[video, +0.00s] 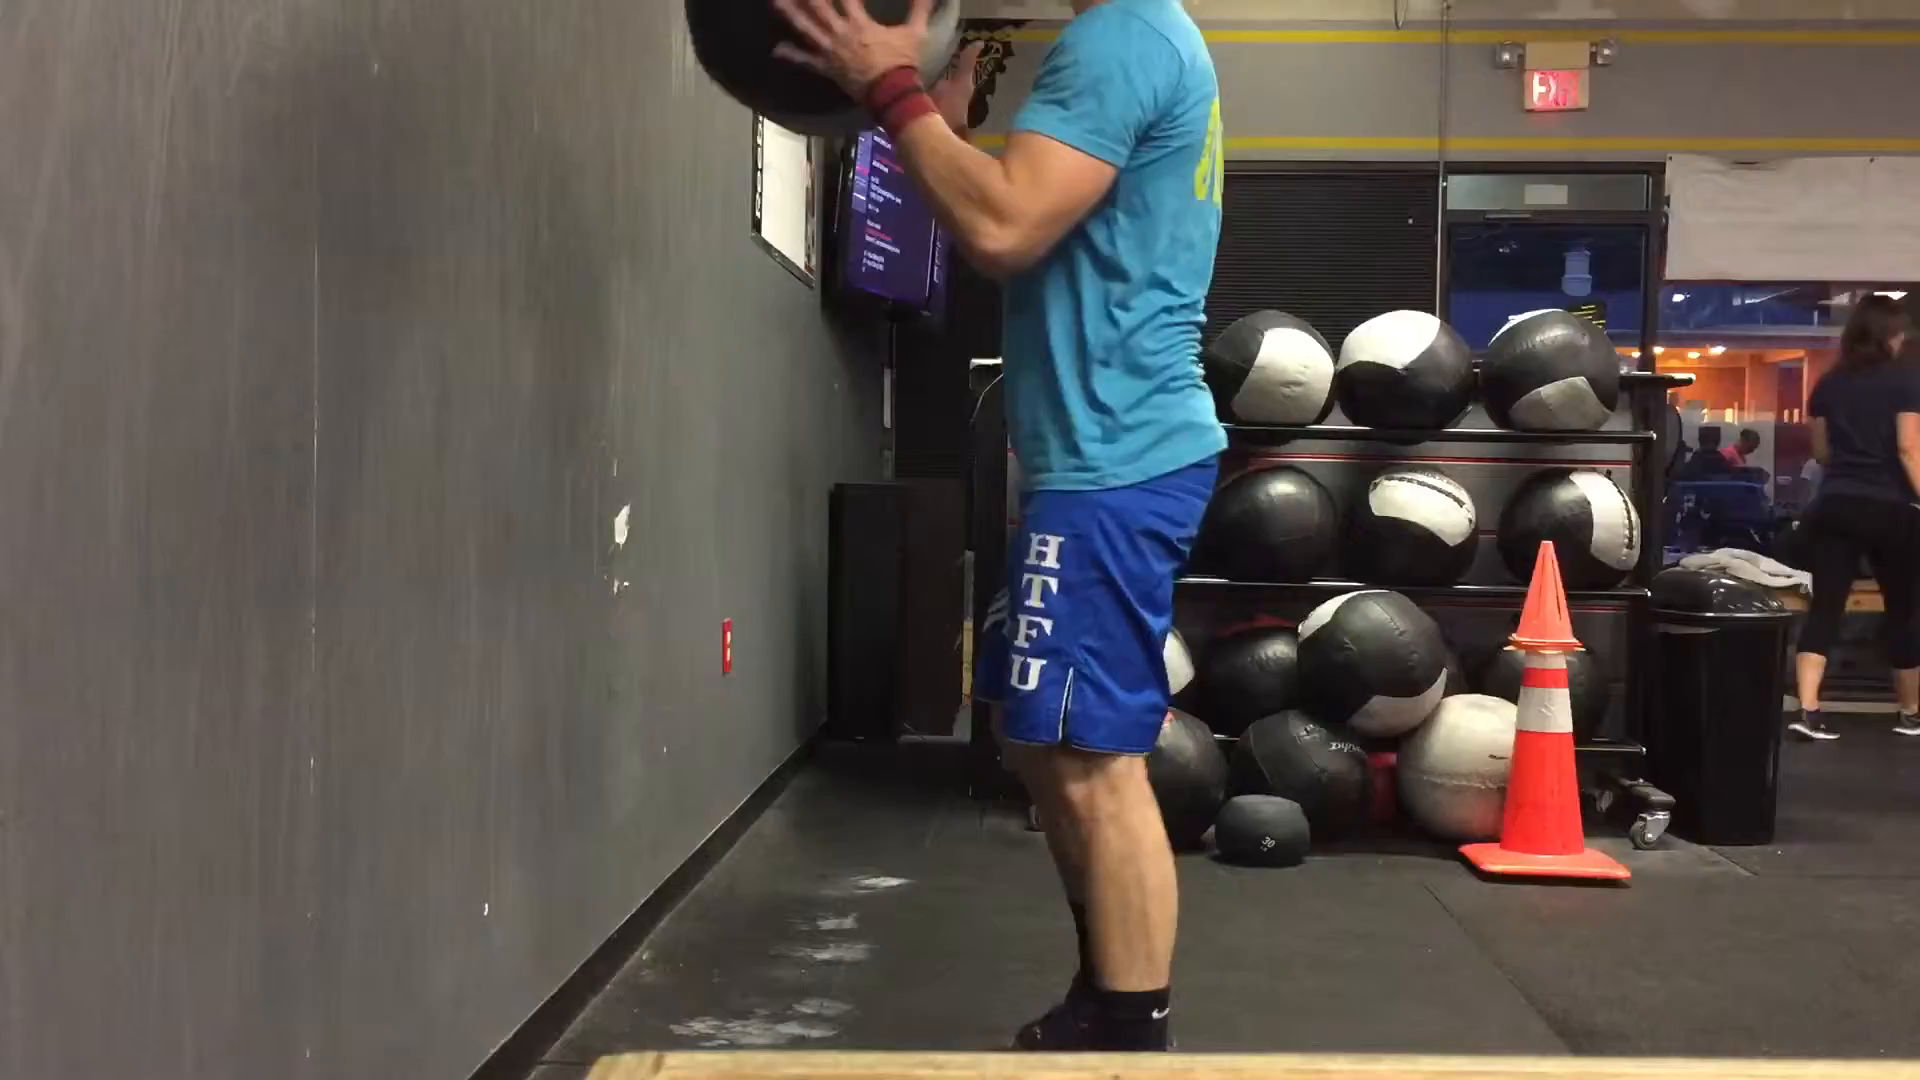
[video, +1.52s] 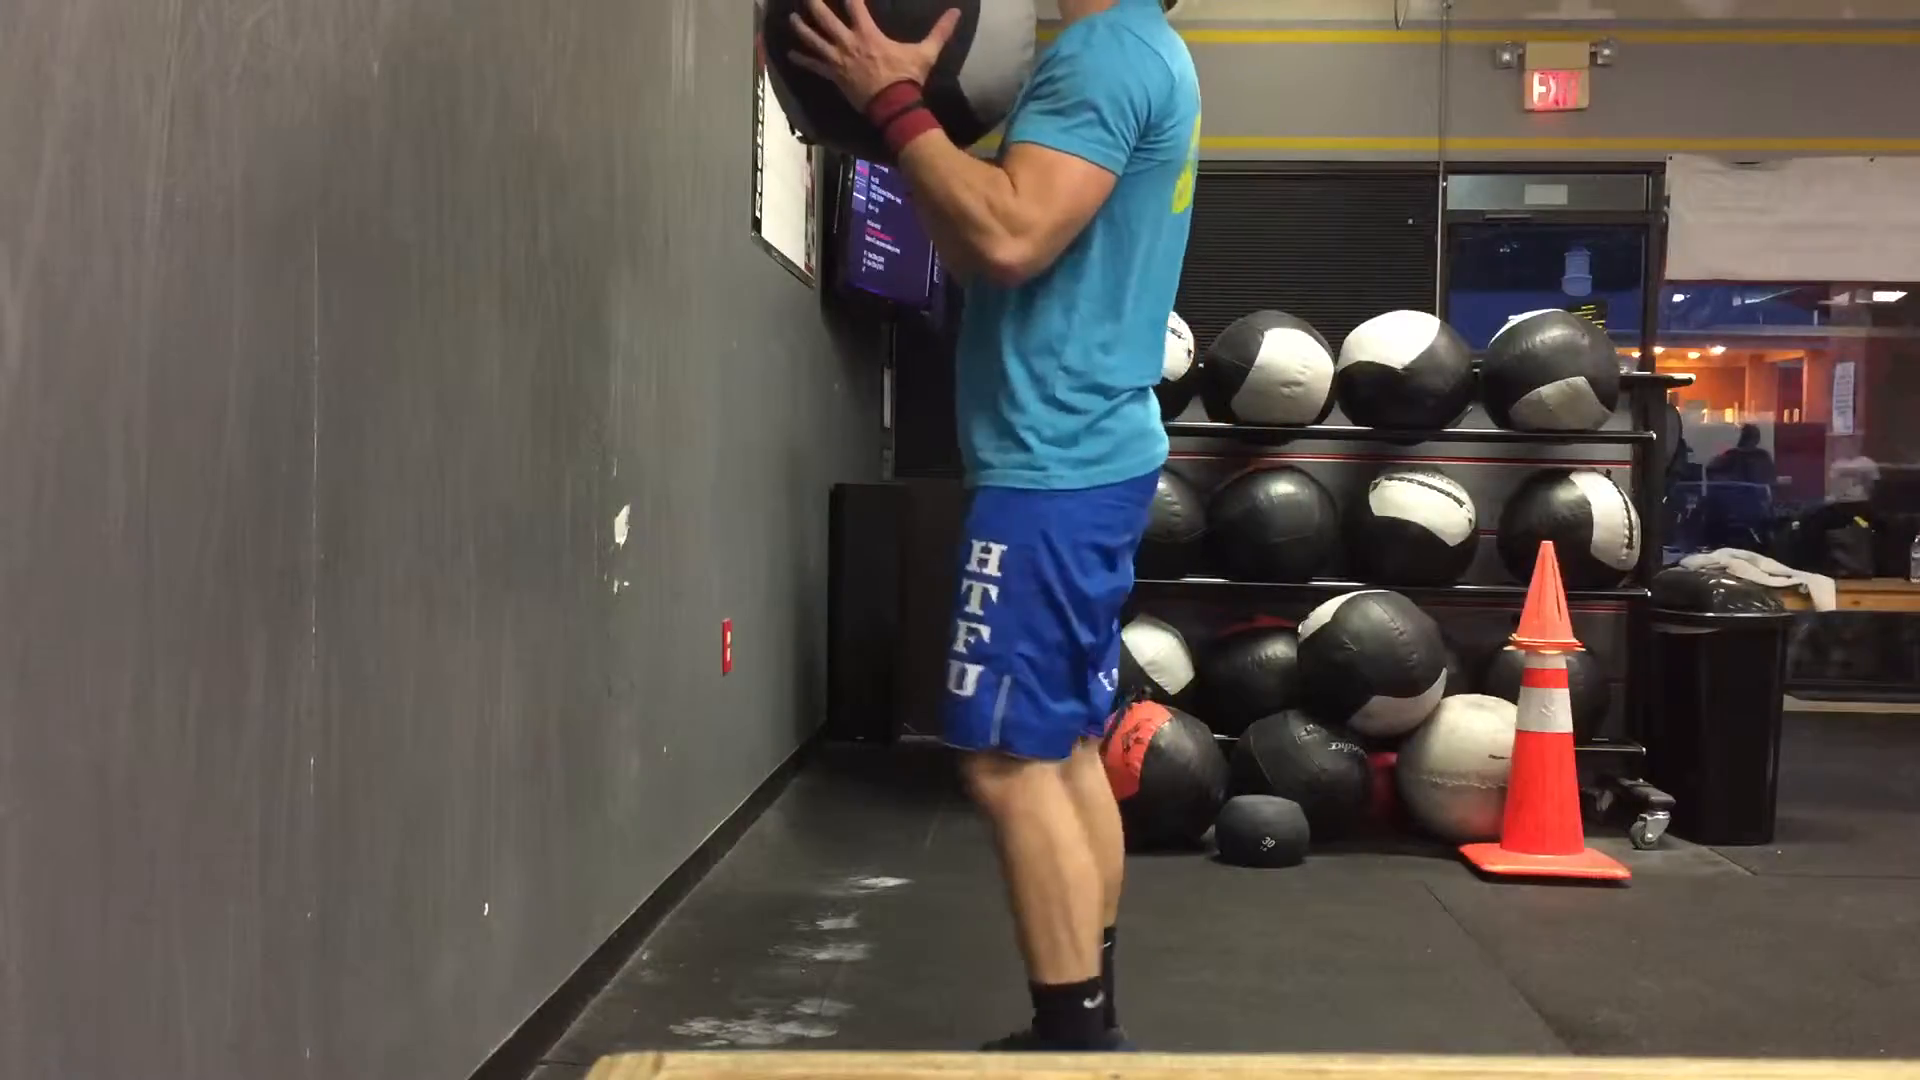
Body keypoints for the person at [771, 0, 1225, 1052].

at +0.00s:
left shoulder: (1131, 38)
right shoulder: (1104, 40)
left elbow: (1002, 228)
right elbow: (1015, 225)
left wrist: (892, 93)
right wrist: (946, 130)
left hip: (1125, 459)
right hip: (1081, 457)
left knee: (1099, 755)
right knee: (1039, 735)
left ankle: (1135, 1034)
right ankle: (1109, 1003)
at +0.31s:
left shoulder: (1107, 56)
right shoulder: (1095, 51)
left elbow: (999, 246)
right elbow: (990, 204)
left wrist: (861, 129)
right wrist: (869, 132)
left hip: (1091, 465)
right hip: (1079, 461)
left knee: (1071, 763)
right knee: (1064, 759)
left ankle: (1120, 1025)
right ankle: (1110, 1012)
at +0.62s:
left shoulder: (1105, 55)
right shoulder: (1084, 50)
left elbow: (1014, 240)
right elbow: (991, 223)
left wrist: (886, 116)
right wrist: (897, 121)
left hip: (1065, 463)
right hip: (1077, 453)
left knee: (1023, 759)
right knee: (1066, 748)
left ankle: (1073, 1037)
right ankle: (1110, 1011)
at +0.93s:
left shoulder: (1094, 34)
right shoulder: (1069, 31)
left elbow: (978, 218)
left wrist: (881, 68)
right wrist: (866, 59)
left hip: (1077, 461)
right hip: (1038, 458)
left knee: (1065, 765)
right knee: (1024, 760)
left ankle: (1088, 1038)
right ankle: (1070, 1014)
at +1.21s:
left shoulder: (1107, 61)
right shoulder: (1105, 51)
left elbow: (1010, 248)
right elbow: (1002, 224)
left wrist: (902, 97)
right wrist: (907, 108)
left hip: (1059, 468)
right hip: (1081, 458)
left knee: (996, 762)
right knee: (1066, 745)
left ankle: (1069, 1041)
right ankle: (1089, 1015)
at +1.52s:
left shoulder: (1110, 56)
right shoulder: (1121, 48)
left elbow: (1006, 239)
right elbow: (1004, 227)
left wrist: (895, 102)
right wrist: (913, 114)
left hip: (1053, 463)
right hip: (1085, 453)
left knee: (1007, 757)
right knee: (1062, 743)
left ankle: (1071, 1037)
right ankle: (1088, 1017)